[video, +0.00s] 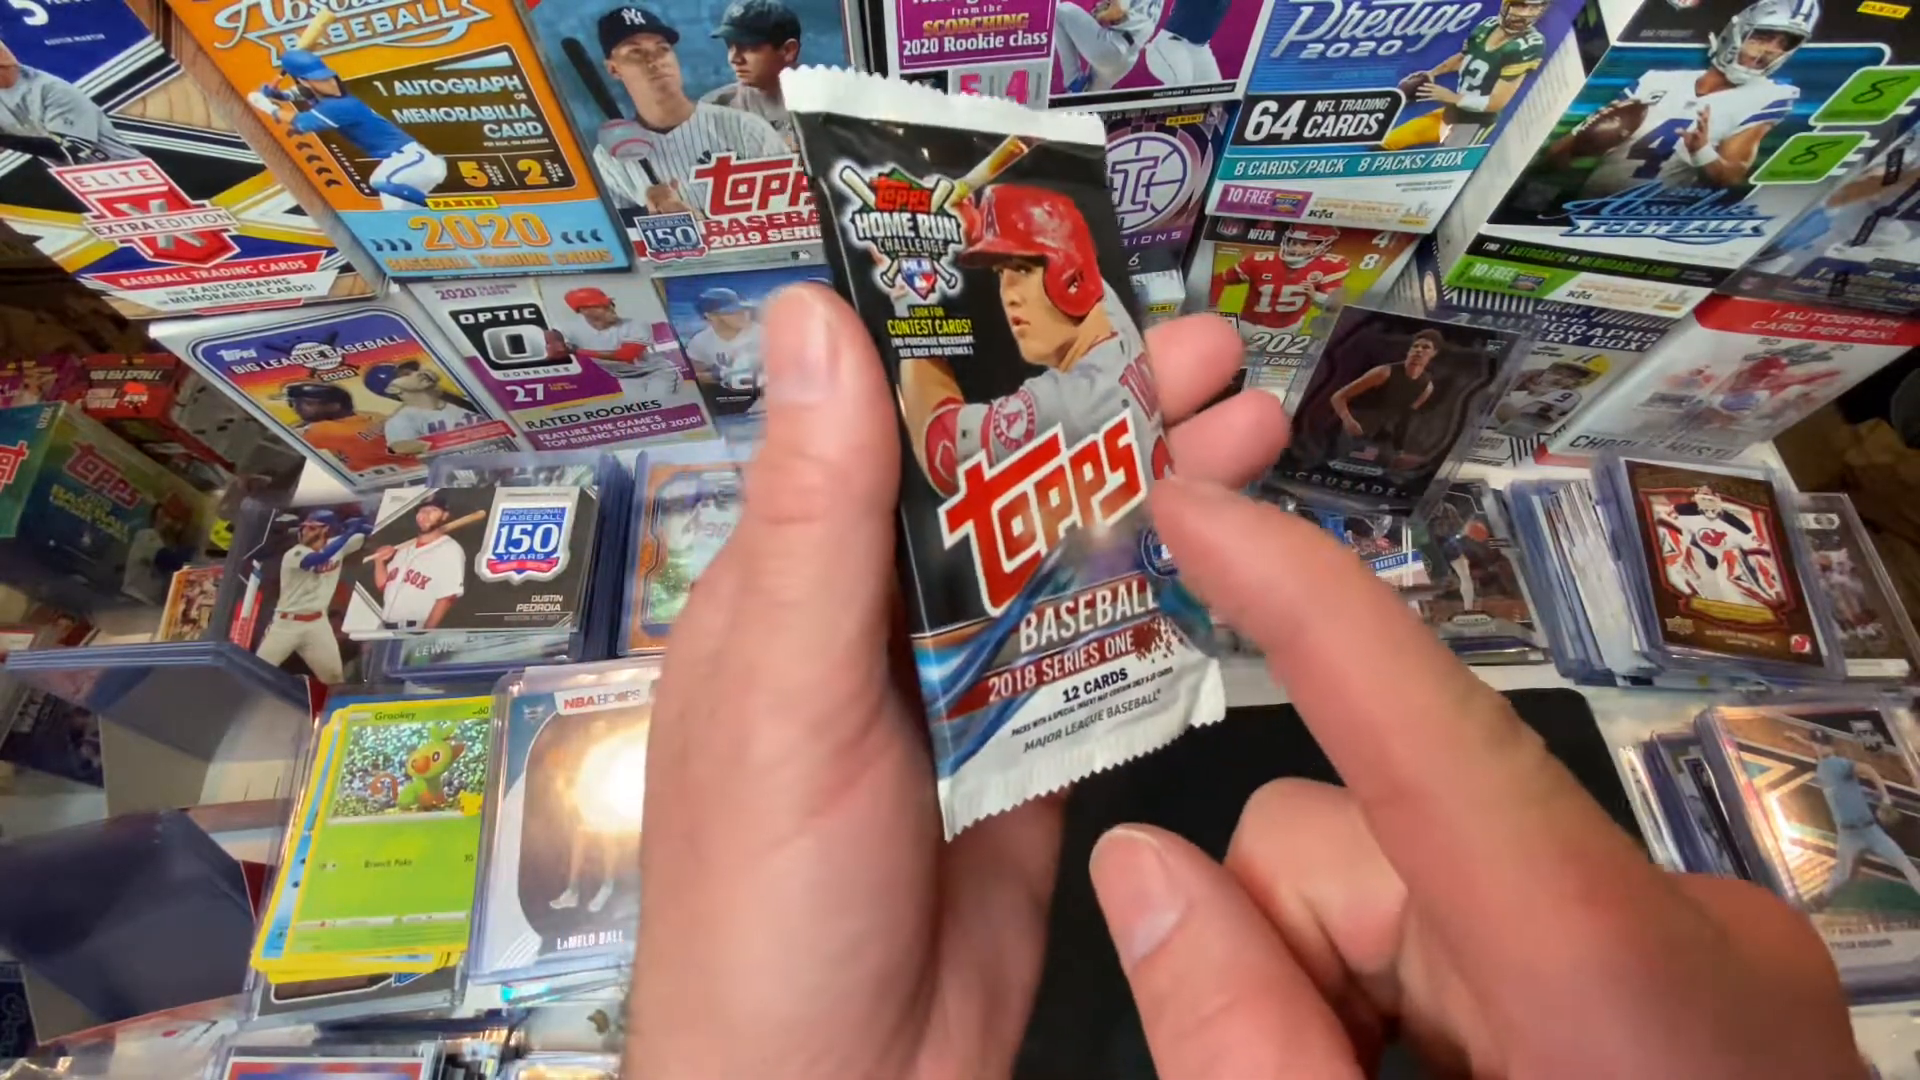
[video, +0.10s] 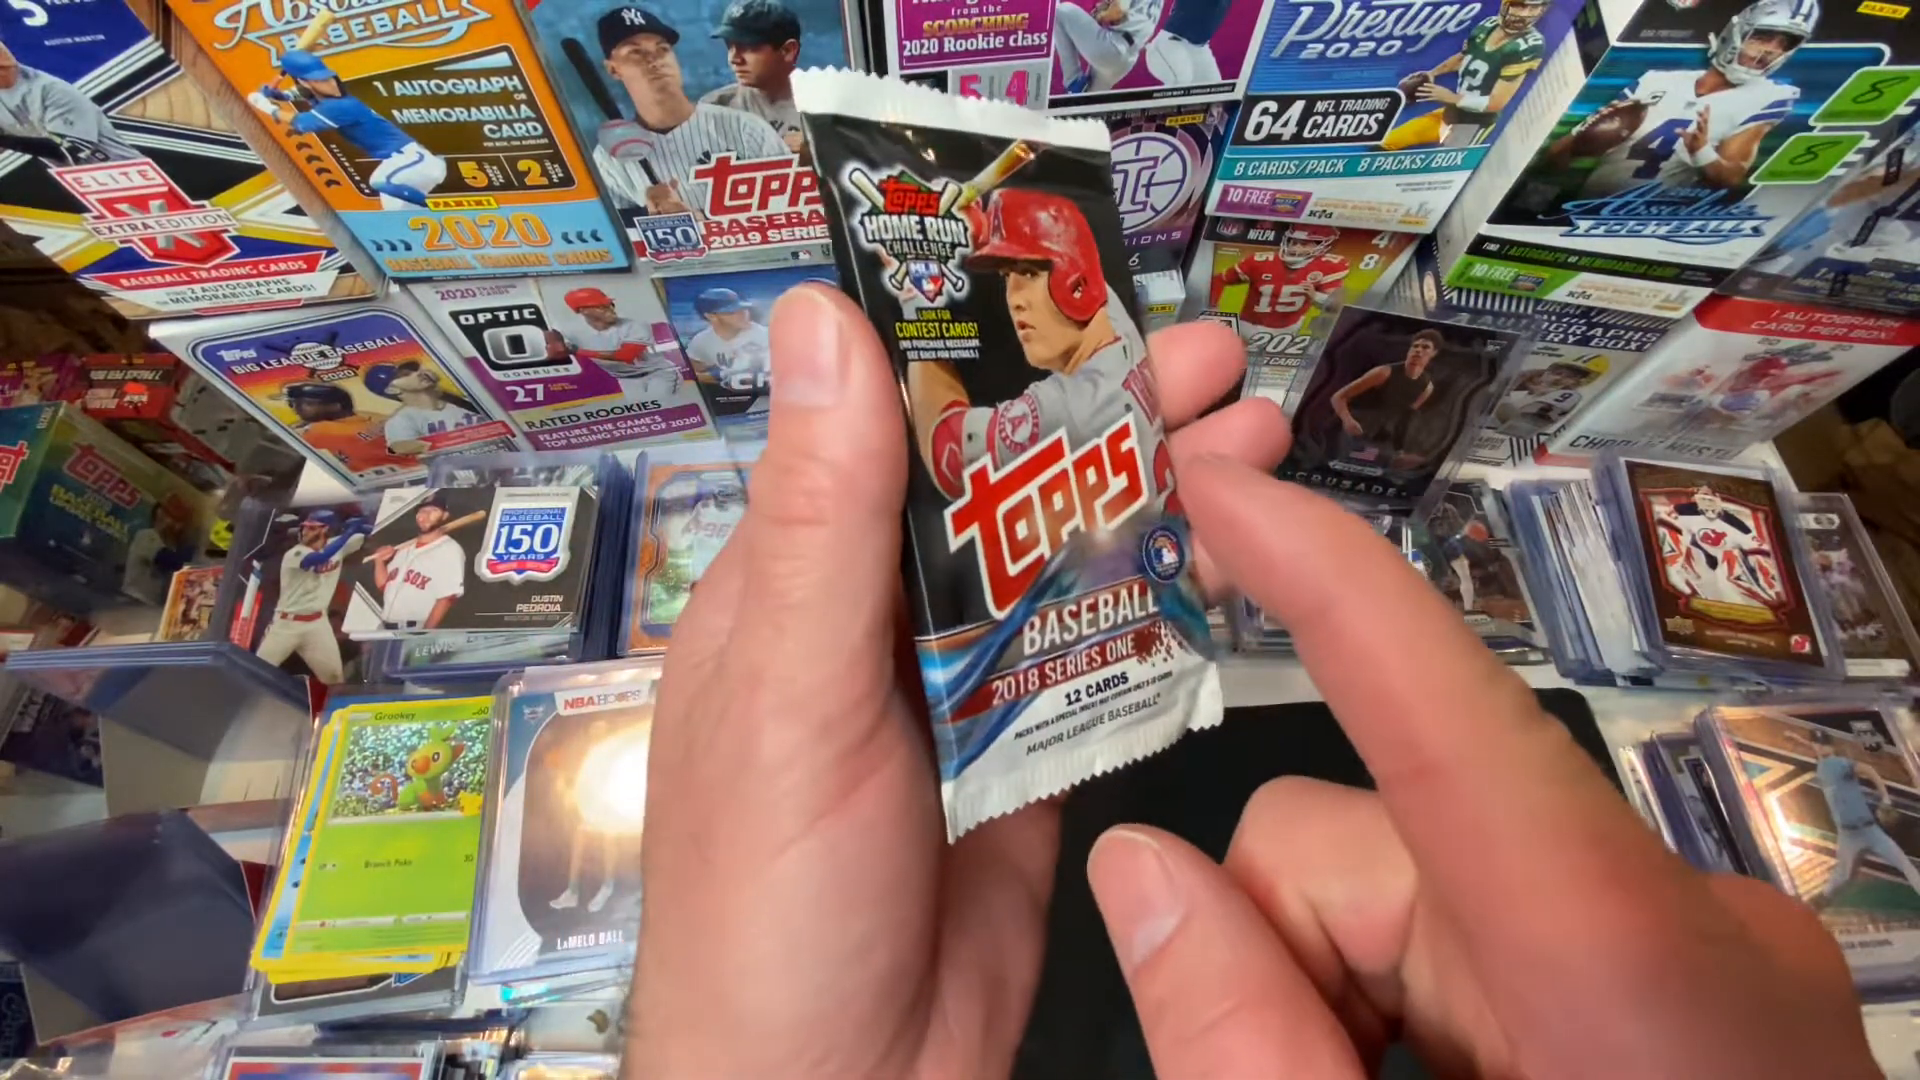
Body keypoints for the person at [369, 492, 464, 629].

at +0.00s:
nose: (425, 516)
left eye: (432, 511)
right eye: (422, 511)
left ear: (445, 516)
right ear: (416, 515)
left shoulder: (450, 550)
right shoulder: (406, 548)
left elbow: (447, 598)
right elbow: (382, 585)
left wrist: (425, 634)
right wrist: (379, 561)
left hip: (416, 631)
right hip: (386, 627)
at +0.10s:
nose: (425, 516)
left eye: (432, 511)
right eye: (422, 511)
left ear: (445, 516)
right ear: (416, 515)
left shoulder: (451, 550)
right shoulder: (406, 548)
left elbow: (446, 598)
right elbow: (382, 585)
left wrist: (425, 634)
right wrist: (379, 561)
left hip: (416, 631)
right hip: (386, 627)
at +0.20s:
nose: (425, 516)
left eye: (432, 511)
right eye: (422, 511)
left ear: (445, 515)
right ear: (416, 515)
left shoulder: (451, 550)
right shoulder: (406, 547)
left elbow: (446, 598)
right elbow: (383, 585)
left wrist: (425, 634)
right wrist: (379, 561)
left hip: (416, 631)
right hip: (386, 627)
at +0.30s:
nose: (425, 516)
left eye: (432, 511)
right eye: (422, 511)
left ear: (445, 515)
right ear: (416, 515)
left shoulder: (451, 550)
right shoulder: (406, 548)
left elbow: (446, 598)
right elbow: (382, 585)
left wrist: (425, 634)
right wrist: (379, 561)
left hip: (416, 631)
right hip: (386, 627)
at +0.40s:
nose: (425, 516)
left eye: (432, 511)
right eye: (422, 511)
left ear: (445, 515)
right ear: (416, 515)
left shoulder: (451, 550)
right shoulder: (406, 548)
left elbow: (446, 598)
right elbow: (382, 585)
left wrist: (425, 633)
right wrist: (379, 561)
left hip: (416, 631)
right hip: (386, 627)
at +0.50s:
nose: (426, 517)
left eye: (433, 511)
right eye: (422, 511)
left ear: (444, 515)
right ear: (416, 515)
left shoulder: (451, 550)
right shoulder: (405, 548)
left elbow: (446, 599)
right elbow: (383, 586)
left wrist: (424, 634)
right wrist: (380, 562)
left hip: (415, 631)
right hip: (386, 627)